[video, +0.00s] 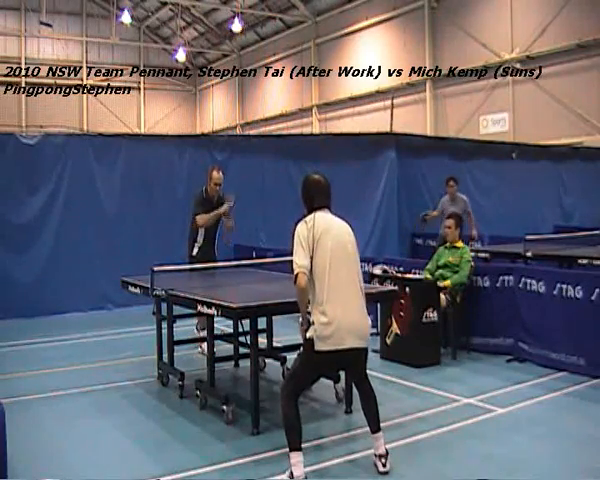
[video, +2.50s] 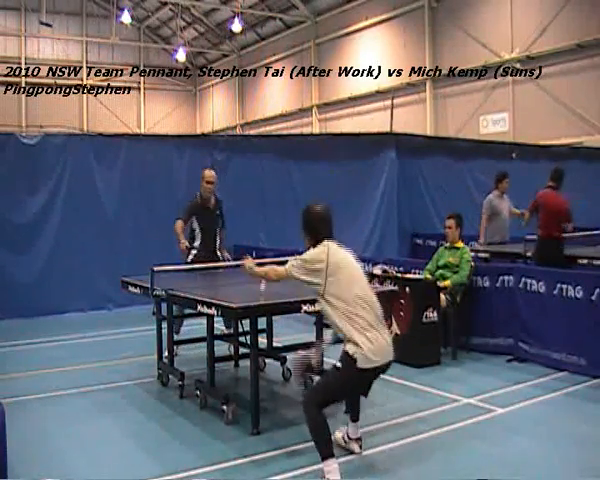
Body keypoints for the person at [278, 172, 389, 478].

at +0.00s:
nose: (304, 201)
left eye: (303, 197)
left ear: (304, 199)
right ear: (329, 198)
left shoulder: (305, 227)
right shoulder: (346, 227)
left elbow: (301, 281)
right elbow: (353, 276)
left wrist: (303, 317)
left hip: (327, 334)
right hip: (360, 331)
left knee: (289, 391)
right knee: (361, 380)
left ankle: (297, 468)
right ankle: (381, 449)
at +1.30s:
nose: (315, 232)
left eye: (315, 228)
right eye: (317, 228)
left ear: (318, 229)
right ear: (342, 228)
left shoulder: (331, 248)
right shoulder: (350, 255)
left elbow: (311, 279)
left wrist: (286, 316)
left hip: (350, 357)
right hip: (376, 356)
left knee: (297, 393)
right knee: (352, 385)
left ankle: (302, 470)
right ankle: (374, 448)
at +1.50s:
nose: (318, 213)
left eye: (319, 208)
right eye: (321, 207)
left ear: (323, 211)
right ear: (345, 208)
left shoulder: (337, 230)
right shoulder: (356, 232)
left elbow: (348, 256)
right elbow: (347, 262)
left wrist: (359, 282)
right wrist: (324, 261)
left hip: (361, 332)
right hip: (384, 333)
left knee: (316, 389)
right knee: (358, 379)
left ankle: (302, 468)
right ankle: (375, 449)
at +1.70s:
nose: (326, 192)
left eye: (327, 187)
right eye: (328, 187)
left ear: (332, 187)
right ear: (354, 184)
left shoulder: (344, 206)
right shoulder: (365, 210)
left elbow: (356, 237)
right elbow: (370, 266)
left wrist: (353, 289)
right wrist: (336, 274)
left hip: (367, 316)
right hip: (387, 314)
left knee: (336, 384)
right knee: (364, 373)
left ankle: (346, 459)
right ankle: (376, 446)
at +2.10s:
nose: (336, 188)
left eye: (336, 182)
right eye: (341, 180)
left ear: (339, 185)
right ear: (363, 183)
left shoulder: (348, 214)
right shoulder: (379, 215)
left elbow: (332, 264)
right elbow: (384, 267)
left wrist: (317, 322)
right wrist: (358, 308)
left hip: (371, 322)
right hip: (399, 320)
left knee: (340, 393)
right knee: (384, 379)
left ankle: (369, 466)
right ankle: (407, 450)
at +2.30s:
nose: (324, 199)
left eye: (324, 194)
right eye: (328, 192)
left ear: (327, 195)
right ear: (351, 192)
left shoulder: (340, 222)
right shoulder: (365, 222)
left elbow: (318, 275)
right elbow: (351, 273)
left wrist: (299, 321)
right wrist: (319, 283)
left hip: (365, 332)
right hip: (391, 330)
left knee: (323, 392)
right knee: (375, 375)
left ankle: (335, 465)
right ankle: (400, 440)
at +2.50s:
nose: (302, 233)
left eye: (303, 229)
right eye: (304, 228)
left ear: (307, 231)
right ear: (330, 228)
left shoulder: (319, 256)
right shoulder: (344, 253)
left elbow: (279, 274)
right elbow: (294, 268)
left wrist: (253, 269)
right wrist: (266, 269)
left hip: (363, 356)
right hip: (384, 351)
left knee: (311, 402)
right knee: (349, 381)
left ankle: (331, 472)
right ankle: (353, 434)